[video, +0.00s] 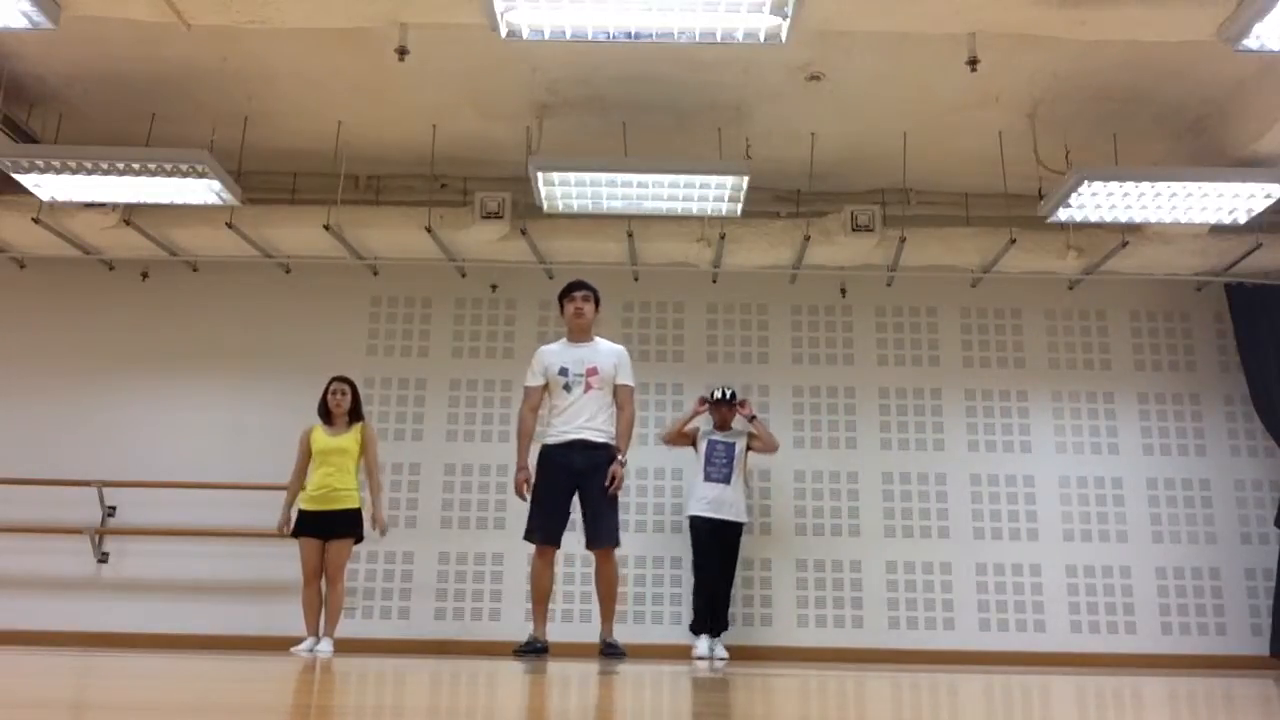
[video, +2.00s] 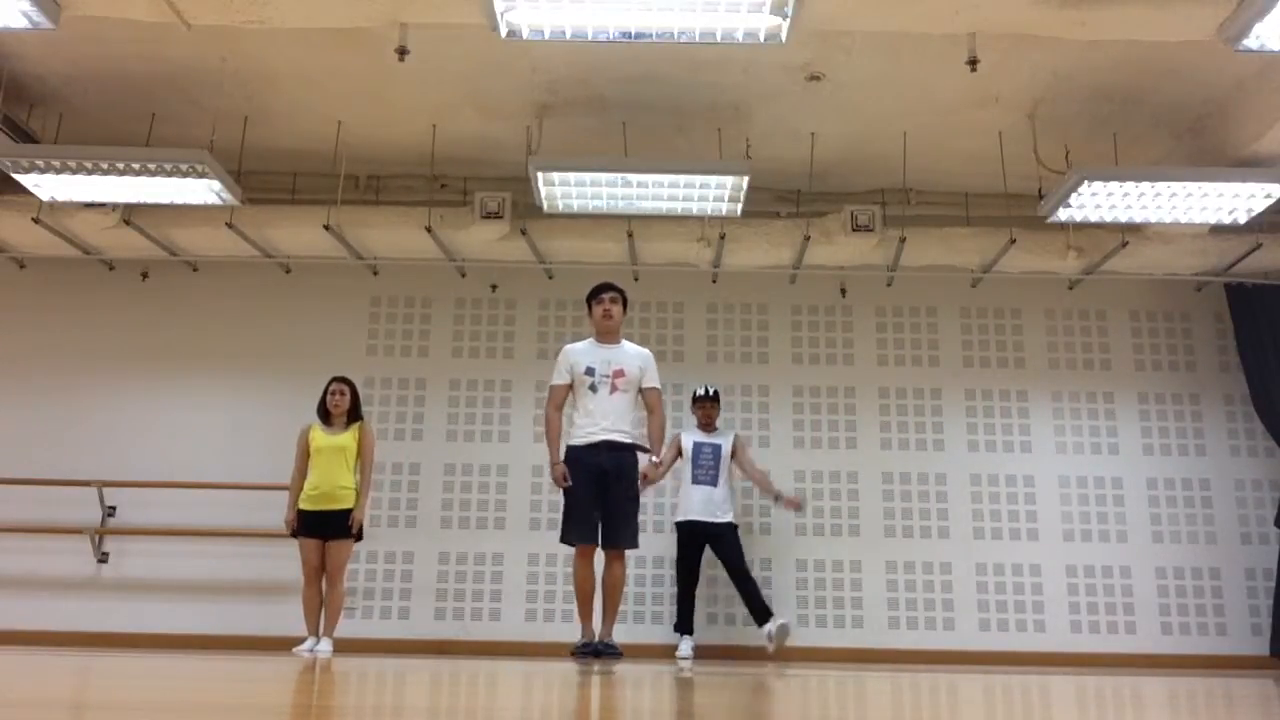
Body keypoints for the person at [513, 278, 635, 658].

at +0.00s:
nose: (579, 306)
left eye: (586, 301)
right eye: (572, 301)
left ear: (596, 310)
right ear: (562, 310)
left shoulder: (615, 354)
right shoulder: (545, 355)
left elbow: (626, 407)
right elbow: (529, 409)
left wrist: (620, 456)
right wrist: (522, 463)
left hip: (599, 456)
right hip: (554, 456)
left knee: (604, 548)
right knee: (544, 548)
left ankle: (607, 636)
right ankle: (538, 635)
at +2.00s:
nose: (607, 308)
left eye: (613, 303)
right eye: (600, 303)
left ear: (624, 312)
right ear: (590, 313)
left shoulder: (641, 357)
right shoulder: (572, 354)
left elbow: (655, 409)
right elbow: (554, 408)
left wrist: (655, 456)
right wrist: (555, 459)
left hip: (623, 457)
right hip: (582, 456)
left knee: (615, 550)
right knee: (584, 547)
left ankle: (606, 635)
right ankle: (586, 633)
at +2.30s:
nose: (608, 314)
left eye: (614, 309)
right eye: (601, 308)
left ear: (625, 318)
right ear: (591, 316)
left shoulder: (639, 364)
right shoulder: (572, 353)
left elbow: (652, 414)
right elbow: (560, 405)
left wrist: (668, 438)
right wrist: (579, 446)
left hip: (621, 457)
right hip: (579, 454)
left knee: (615, 549)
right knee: (578, 543)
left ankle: (606, 636)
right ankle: (582, 633)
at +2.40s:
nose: (602, 312)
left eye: (608, 307)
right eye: (596, 307)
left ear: (620, 315)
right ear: (586, 314)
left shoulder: (634, 358)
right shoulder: (570, 346)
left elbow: (660, 389)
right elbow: (561, 370)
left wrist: (690, 388)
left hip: (613, 458)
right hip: (572, 456)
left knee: (611, 549)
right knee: (565, 541)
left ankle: (606, 636)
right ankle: (555, 626)